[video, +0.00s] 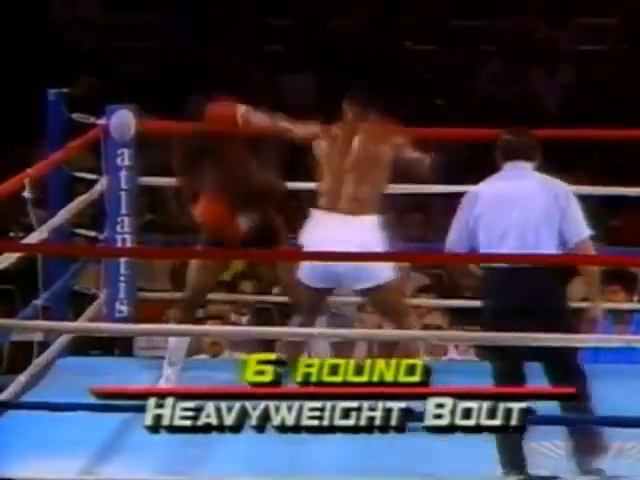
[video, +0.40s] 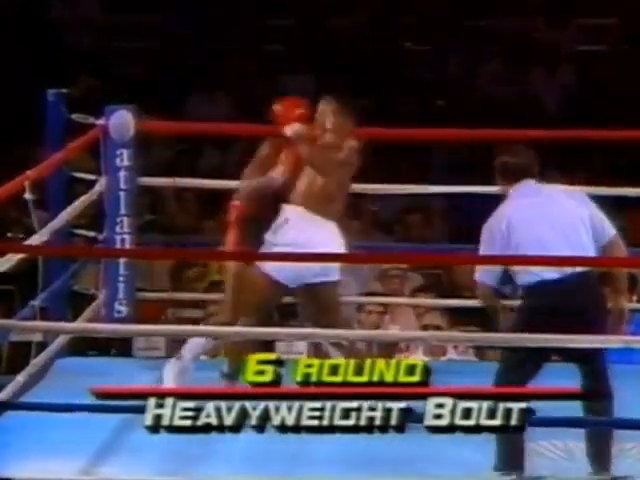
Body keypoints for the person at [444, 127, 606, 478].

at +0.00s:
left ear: (500, 159)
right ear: (537, 159)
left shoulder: (479, 193)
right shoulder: (556, 190)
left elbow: (453, 252)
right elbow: (584, 251)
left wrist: (478, 281)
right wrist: (595, 303)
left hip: (498, 286)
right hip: (545, 284)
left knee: (506, 375)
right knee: (564, 368)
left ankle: (512, 464)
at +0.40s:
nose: (498, 184)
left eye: (499, 179)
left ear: (502, 180)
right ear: (536, 173)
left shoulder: (500, 219)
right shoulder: (574, 197)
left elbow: (484, 286)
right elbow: (617, 252)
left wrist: (502, 314)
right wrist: (619, 299)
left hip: (539, 301)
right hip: (587, 296)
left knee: (509, 379)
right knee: (594, 373)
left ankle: (510, 466)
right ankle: (601, 464)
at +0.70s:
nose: (527, 192)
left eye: (528, 187)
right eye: (528, 187)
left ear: (533, 187)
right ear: (567, 181)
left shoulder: (525, 223)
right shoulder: (602, 205)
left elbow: (519, 288)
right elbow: (634, 251)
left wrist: (526, 327)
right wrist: (633, 294)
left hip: (562, 304)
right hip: (611, 299)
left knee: (528, 379)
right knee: (635, 372)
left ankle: (512, 464)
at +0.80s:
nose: (568, 181)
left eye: (569, 176)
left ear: (574, 176)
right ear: (610, 173)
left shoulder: (560, 213)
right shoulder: (633, 202)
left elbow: (545, 272)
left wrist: (561, 302)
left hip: (587, 296)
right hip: (634, 295)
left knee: (555, 376)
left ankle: (520, 462)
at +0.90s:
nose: (595, 176)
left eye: (596, 171)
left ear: (603, 170)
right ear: (634, 169)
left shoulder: (589, 204)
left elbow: (569, 264)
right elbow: (570, 264)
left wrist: (586, 292)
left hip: (609, 289)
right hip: (638, 288)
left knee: (574, 365)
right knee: (574, 365)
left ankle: (536, 448)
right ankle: (538, 445)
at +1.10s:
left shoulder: (628, 185)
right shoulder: (627, 185)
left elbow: (604, 240)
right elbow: (603, 240)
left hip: (633, 287)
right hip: (632, 286)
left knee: (620, 357)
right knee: (620, 357)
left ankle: (605, 433)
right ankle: (605, 434)